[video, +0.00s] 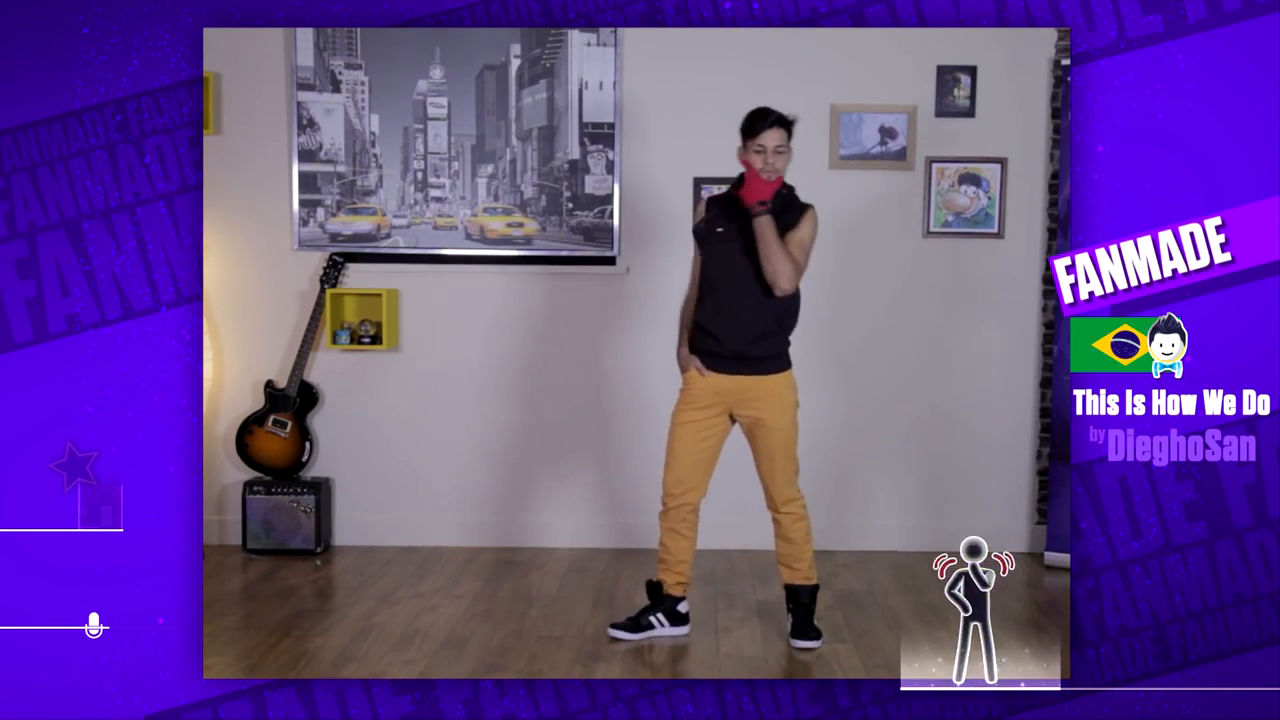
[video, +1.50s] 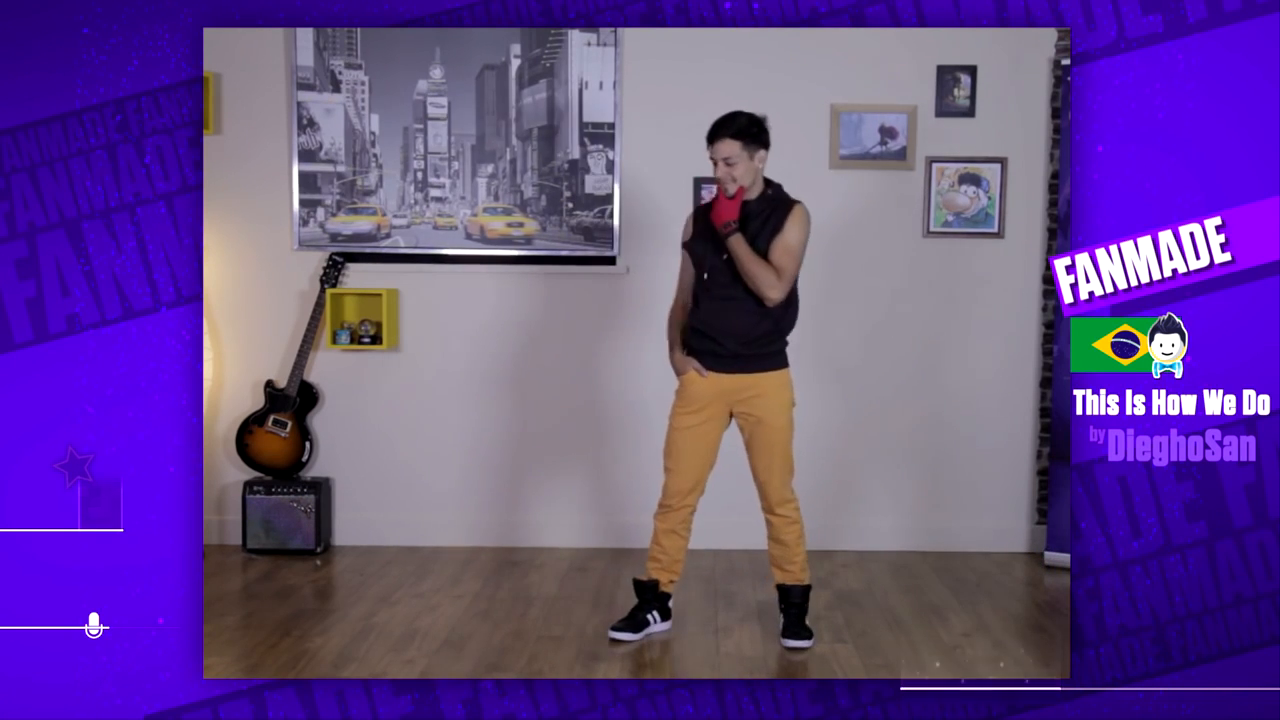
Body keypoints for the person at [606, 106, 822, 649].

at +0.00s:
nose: (769, 161)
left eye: (779, 152)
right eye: (760, 151)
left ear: (790, 157)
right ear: (741, 152)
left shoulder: (799, 215)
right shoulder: (712, 210)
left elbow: (784, 281)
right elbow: (696, 287)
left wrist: (760, 212)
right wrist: (684, 347)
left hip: (767, 384)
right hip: (704, 379)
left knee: (784, 498)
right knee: (678, 497)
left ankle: (801, 606)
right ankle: (670, 605)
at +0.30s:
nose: (754, 173)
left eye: (766, 164)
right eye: (748, 162)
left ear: (787, 169)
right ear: (739, 160)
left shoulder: (790, 232)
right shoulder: (705, 206)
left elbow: (786, 297)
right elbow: (660, 287)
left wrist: (754, 231)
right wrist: (679, 360)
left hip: (766, 382)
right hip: (703, 380)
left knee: (780, 492)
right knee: (673, 497)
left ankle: (800, 604)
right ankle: (652, 602)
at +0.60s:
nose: (703, 159)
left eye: (714, 151)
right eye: (697, 150)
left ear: (734, 158)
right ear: (688, 153)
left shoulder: (741, 221)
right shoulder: (661, 203)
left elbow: (750, 290)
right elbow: (620, 285)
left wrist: (714, 228)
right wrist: (651, 359)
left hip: (734, 378)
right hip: (673, 379)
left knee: (763, 493)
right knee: (659, 496)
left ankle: (776, 605)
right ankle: (645, 602)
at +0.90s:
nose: (666, 166)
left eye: (676, 155)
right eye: (657, 159)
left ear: (696, 155)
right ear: (648, 163)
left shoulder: (731, 214)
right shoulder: (641, 227)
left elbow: (723, 290)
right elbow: (613, 306)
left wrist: (681, 227)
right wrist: (627, 355)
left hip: (719, 377)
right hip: (656, 375)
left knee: (749, 494)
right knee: (651, 494)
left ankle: (772, 606)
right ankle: (645, 603)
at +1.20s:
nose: (683, 160)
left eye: (692, 149)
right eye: (674, 154)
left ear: (716, 147)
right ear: (668, 160)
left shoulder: (746, 199)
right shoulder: (683, 208)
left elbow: (727, 278)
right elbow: (676, 288)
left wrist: (687, 218)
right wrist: (654, 338)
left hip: (735, 377)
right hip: (676, 373)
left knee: (763, 496)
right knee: (657, 493)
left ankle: (792, 603)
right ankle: (649, 601)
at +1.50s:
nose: (720, 172)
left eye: (730, 161)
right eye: (714, 162)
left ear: (760, 158)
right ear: (710, 163)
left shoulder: (791, 216)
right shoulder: (701, 220)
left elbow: (774, 289)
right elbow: (684, 296)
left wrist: (731, 231)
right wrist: (676, 350)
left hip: (764, 381)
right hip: (701, 378)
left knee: (778, 498)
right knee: (676, 495)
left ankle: (794, 605)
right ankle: (654, 602)